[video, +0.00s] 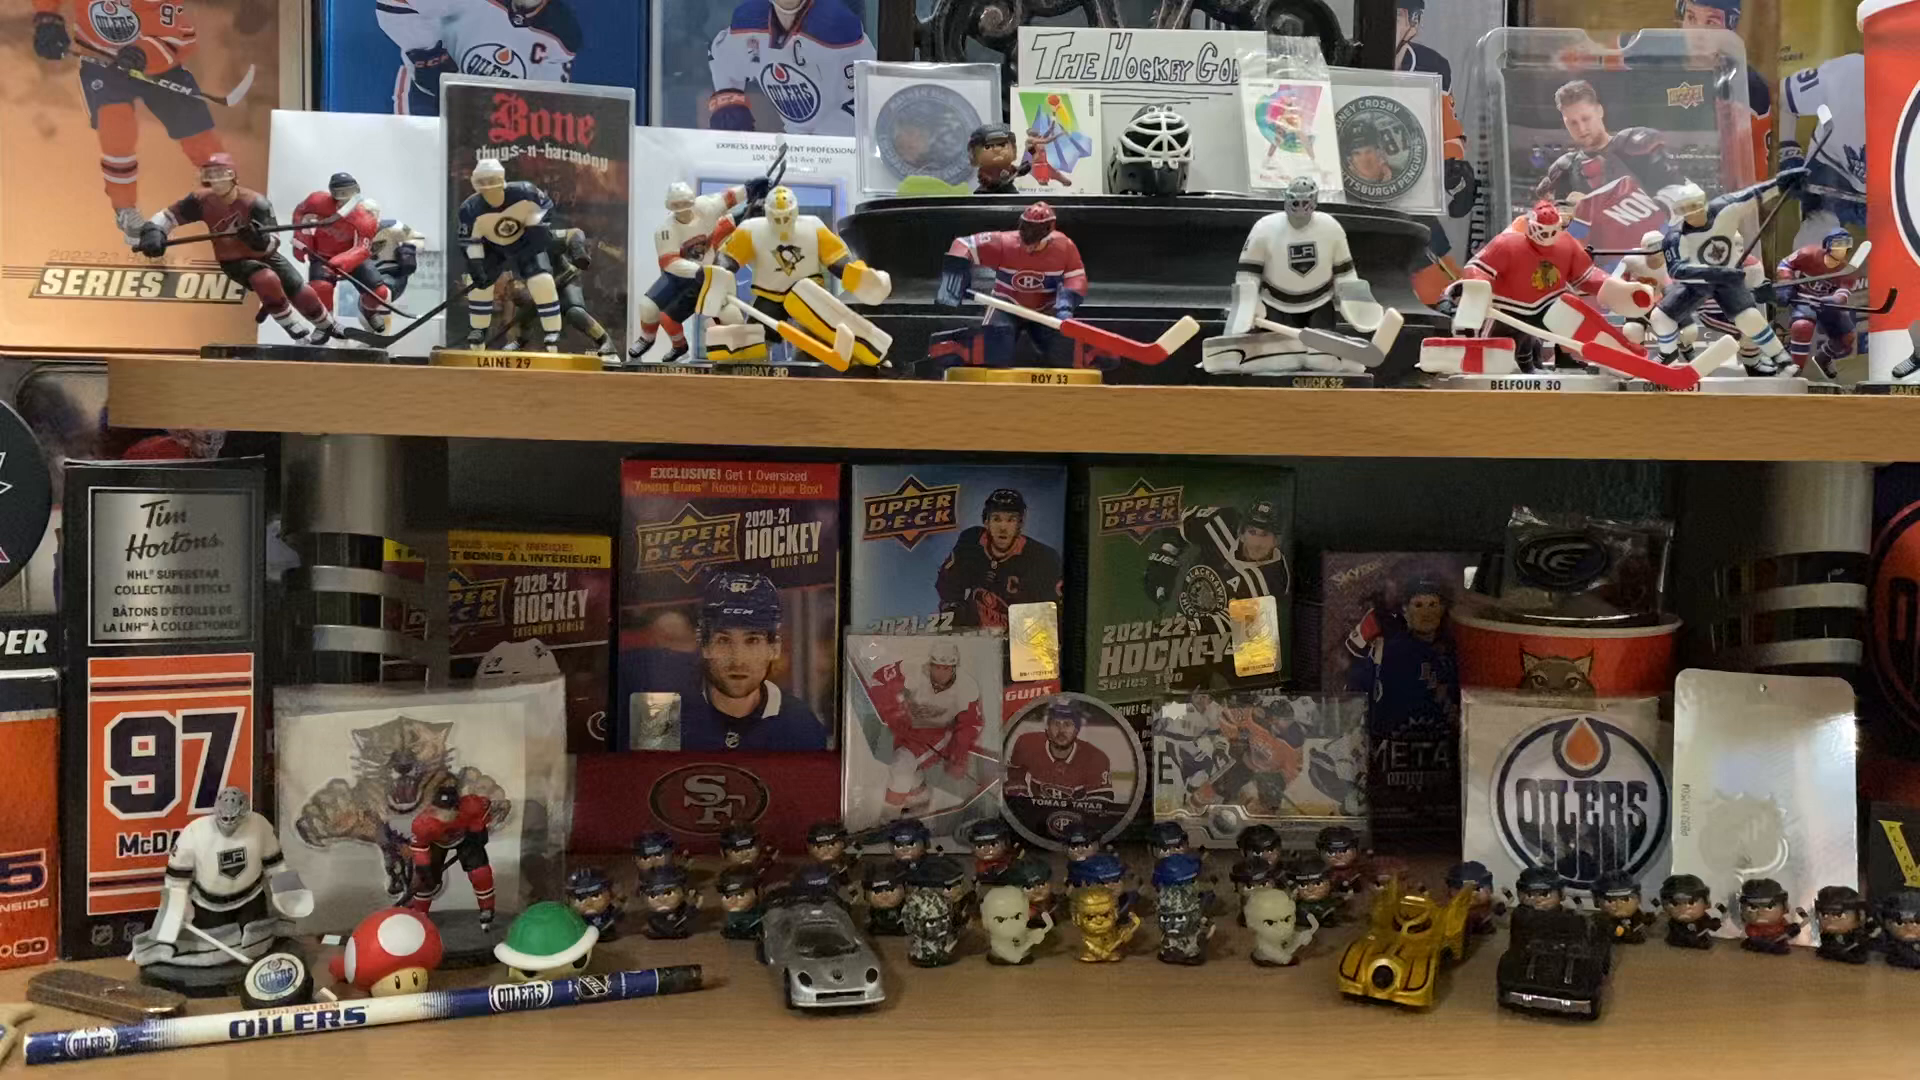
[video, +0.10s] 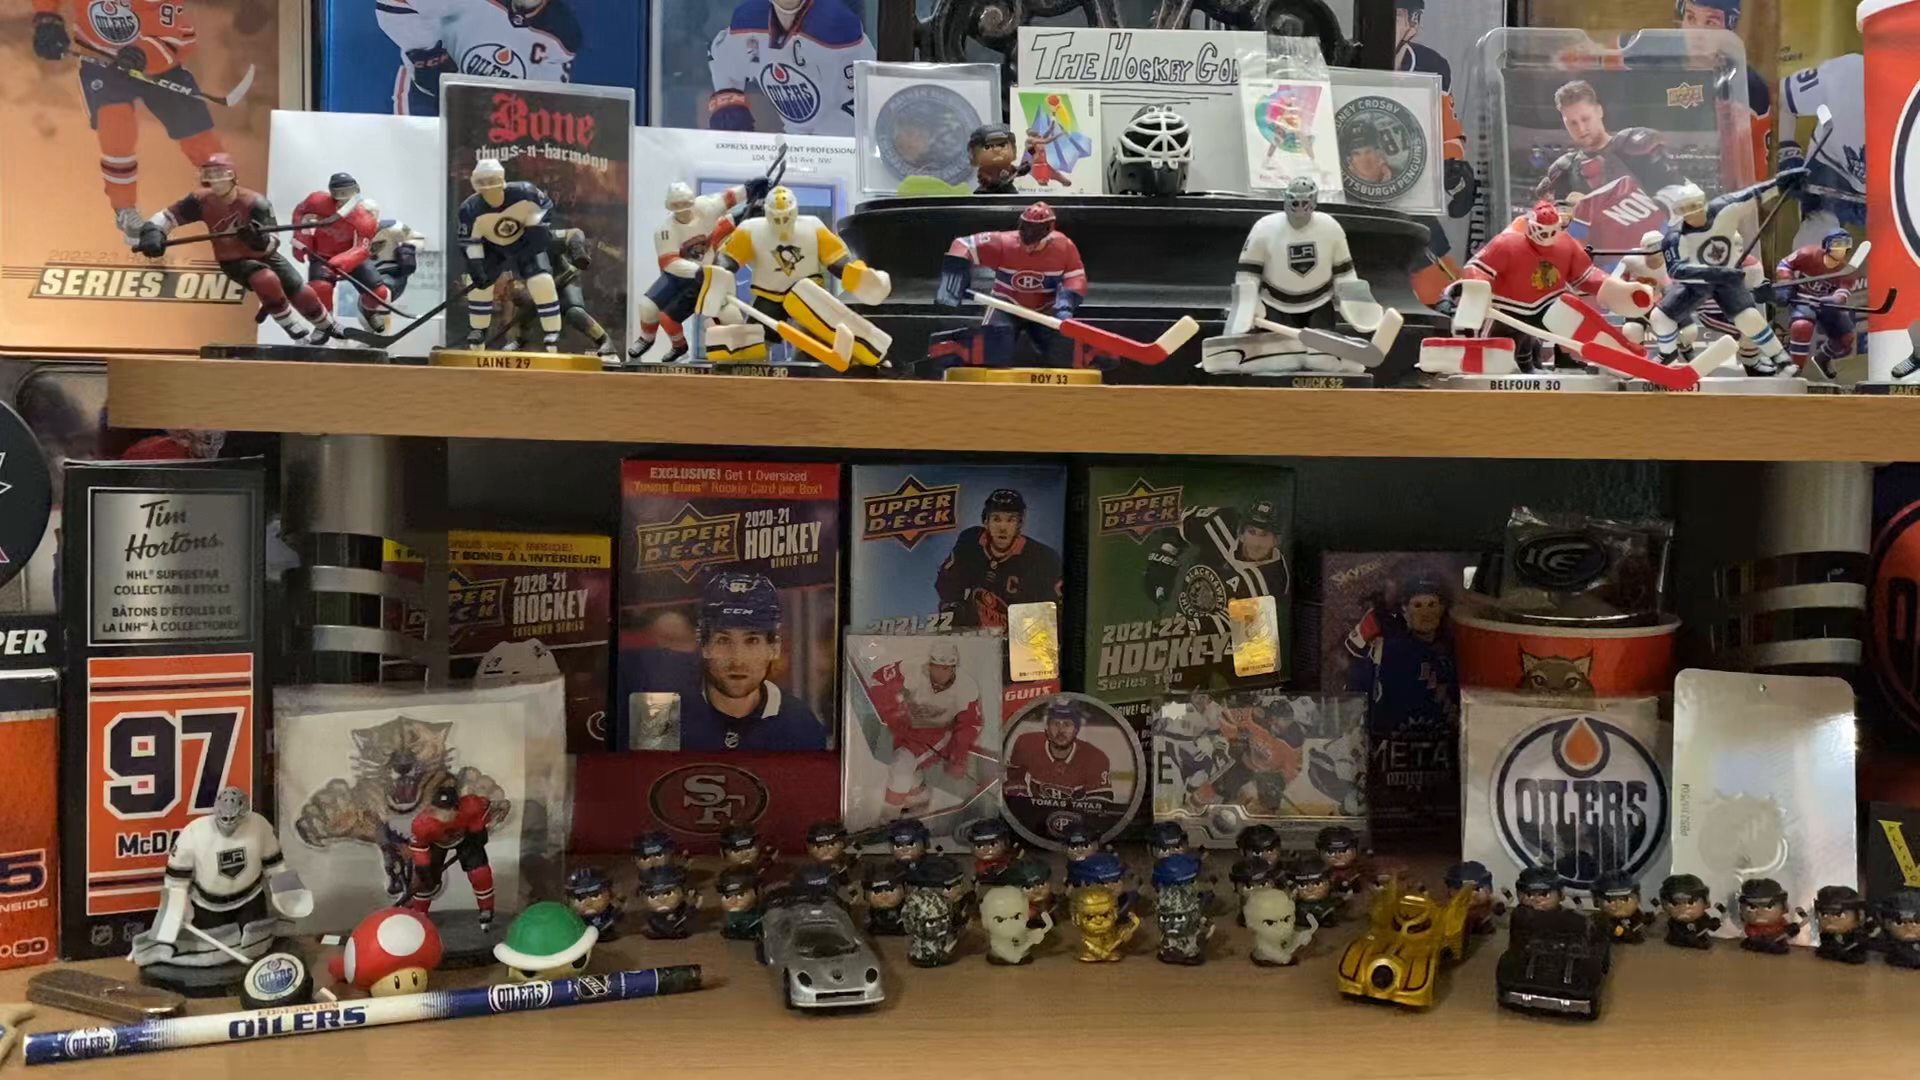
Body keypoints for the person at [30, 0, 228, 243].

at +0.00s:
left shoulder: (162, 6)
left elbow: (183, 39)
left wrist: (143, 53)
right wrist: (47, 18)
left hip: (159, 63)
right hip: (101, 62)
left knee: (204, 148)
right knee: (119, 130)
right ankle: (127, 212)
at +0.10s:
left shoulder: (163, 7)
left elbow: (183, 39)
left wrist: (143, 53)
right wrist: (47, 18)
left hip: (159, 63)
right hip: (101, 62)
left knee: (204, 147)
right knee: (118, 129)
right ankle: (126, 212)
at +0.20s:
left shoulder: (161, 7)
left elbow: (183, 39)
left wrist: (143, 53)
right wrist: (47, 18)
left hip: (158, 62)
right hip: (101, 62)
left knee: (204, 145)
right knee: (118, 128)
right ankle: (126, 211)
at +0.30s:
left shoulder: (161, 7)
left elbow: (182, 39)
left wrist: (142, 54)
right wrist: (46, 18)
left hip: (157, 61)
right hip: (100, 61)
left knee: (203, 144)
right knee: (118, 126)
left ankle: (231, 204)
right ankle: (125, 211)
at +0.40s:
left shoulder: (161, 7)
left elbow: (182, 39)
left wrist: (142, 53)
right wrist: (46, 18)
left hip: (157, 62)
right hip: (100, 62)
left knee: (204, 146)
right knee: (118, 127)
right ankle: (125, 211)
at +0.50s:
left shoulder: (161, 6)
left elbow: (179, 38)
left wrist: (142, 53)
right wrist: (46, 18)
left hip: (158, 62)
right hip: (100, 61)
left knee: (203, 144)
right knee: (118, 127)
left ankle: (230, 202)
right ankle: (125, 211)